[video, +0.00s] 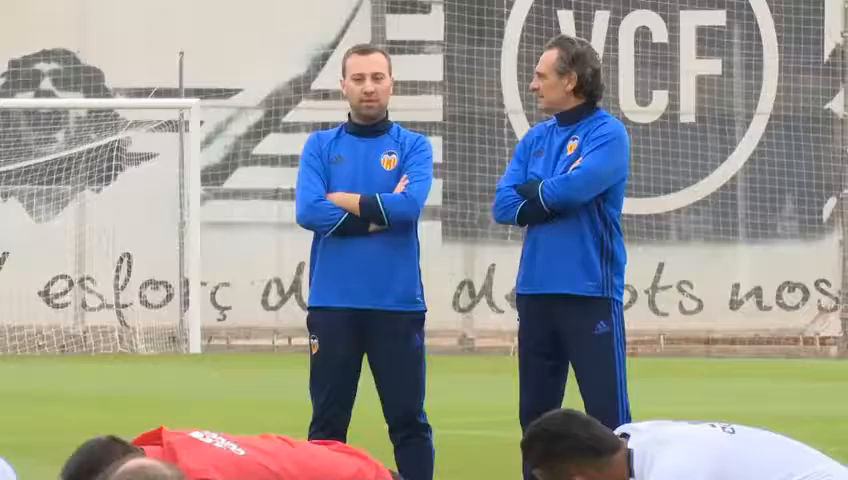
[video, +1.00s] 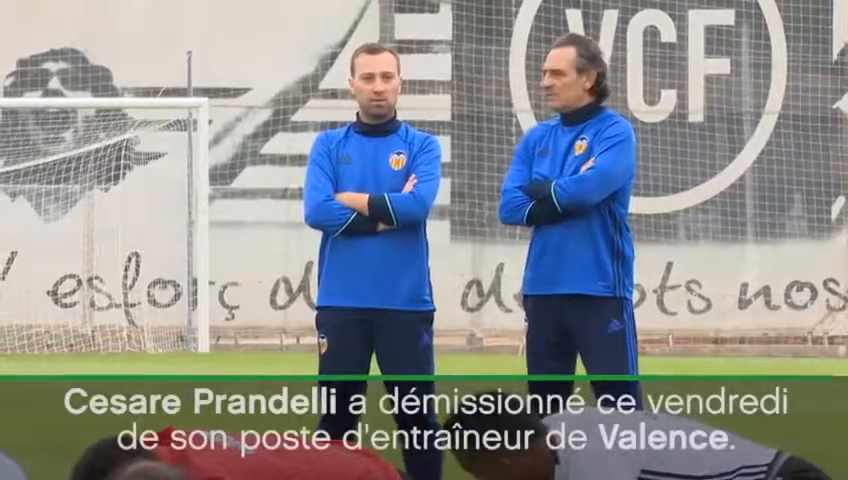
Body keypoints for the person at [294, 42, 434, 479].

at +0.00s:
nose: (369, 87)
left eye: (378, 78)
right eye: (359, 79)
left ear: (391, 85)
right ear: (343, 87)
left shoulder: (414, 145)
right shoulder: (320, 144)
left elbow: (409, 208)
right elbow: (308, 212)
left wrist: (337, 198)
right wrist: (381, 214)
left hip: (397, 304)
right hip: (333, 304)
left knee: (408, 421)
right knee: (327, 422)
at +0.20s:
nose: (370, 87)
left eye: (379, 78)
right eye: (360, 78)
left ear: (393, 85)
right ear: (345, 86)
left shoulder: (416, 145)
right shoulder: (321, 144)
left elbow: (410, 208)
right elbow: (310, 212)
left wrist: (340, 198)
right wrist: (382, 214)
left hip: (399, 304)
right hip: (334, 304)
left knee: (410, 421)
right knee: (329, 422)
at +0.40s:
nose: (374, 87)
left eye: (383, 77)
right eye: (364, 78)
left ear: (397, 84)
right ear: (349, 86)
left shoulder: (420, 144)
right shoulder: (325, 143)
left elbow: (414, 207)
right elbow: (314, 211)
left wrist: (345, 197)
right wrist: (386, 214)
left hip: (403, 303)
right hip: (339, 303)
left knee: (413, 418)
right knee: (334, 418)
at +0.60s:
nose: (375, 87)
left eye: (384, 77)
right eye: (365, 78)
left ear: (398, 84)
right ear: (350, 85)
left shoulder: (420, 144)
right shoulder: (327, 143)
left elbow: (415, 206)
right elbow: (315, 211)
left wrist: (344, 197)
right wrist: (388, 213)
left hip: (404, 303)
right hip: (339, 303)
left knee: (415, 420)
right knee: (333, 421)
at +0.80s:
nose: (376, 87)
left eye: (385, 77)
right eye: (366, 78)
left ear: (398, 84)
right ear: (350, 86)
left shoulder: (420, 144)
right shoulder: (327, 143)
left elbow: (415, 207)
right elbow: (314, 211)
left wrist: (344, 198)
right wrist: (387, 215)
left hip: (404, 303)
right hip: (339, 303)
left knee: (414, 416)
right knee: (333, 418)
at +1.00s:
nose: (378, 87)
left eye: (387, 77)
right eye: (368, 78)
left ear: (400, 84)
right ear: (352, 85)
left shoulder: (422, 144)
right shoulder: (328, 144)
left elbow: (417, 207)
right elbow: (316, 212)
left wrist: (346, 198)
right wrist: (388, 215)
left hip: (406, 303)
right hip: (341, 303)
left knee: (416, 416)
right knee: (336, 417)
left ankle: (425, 479)